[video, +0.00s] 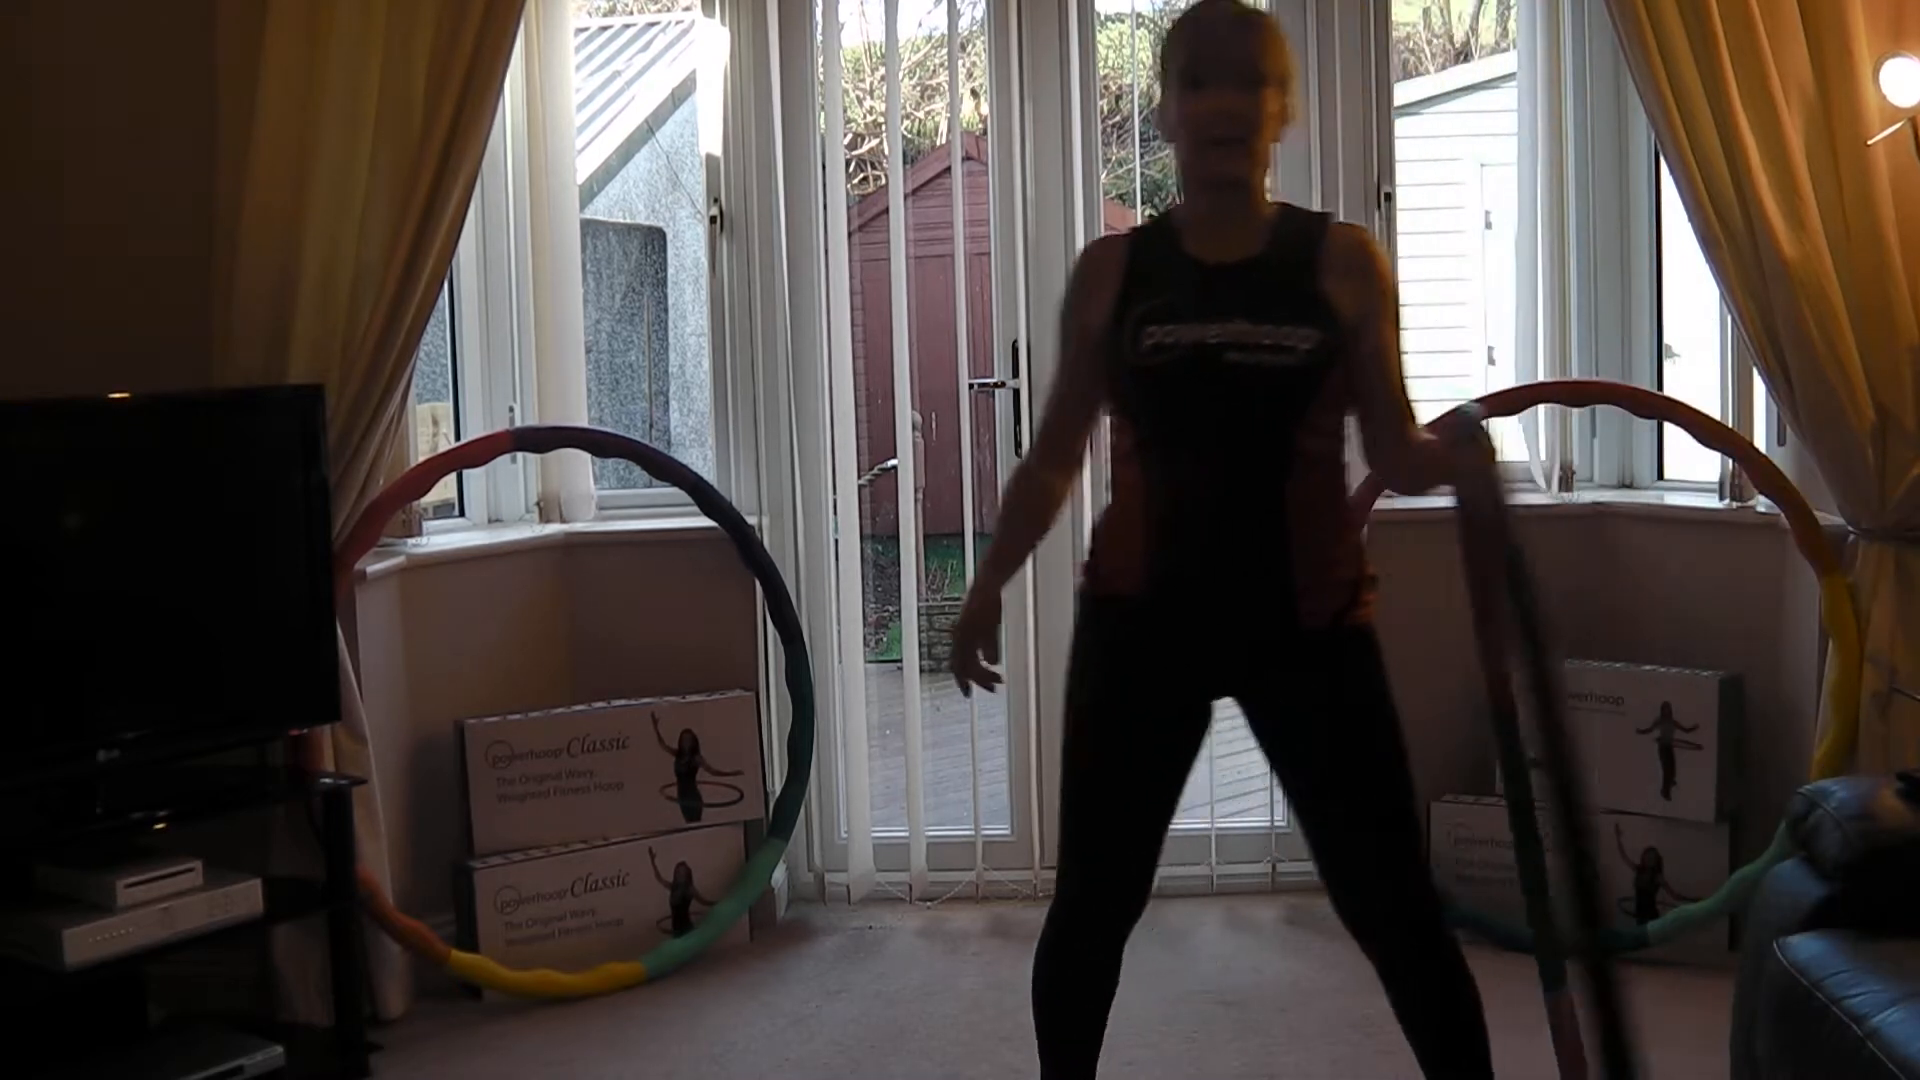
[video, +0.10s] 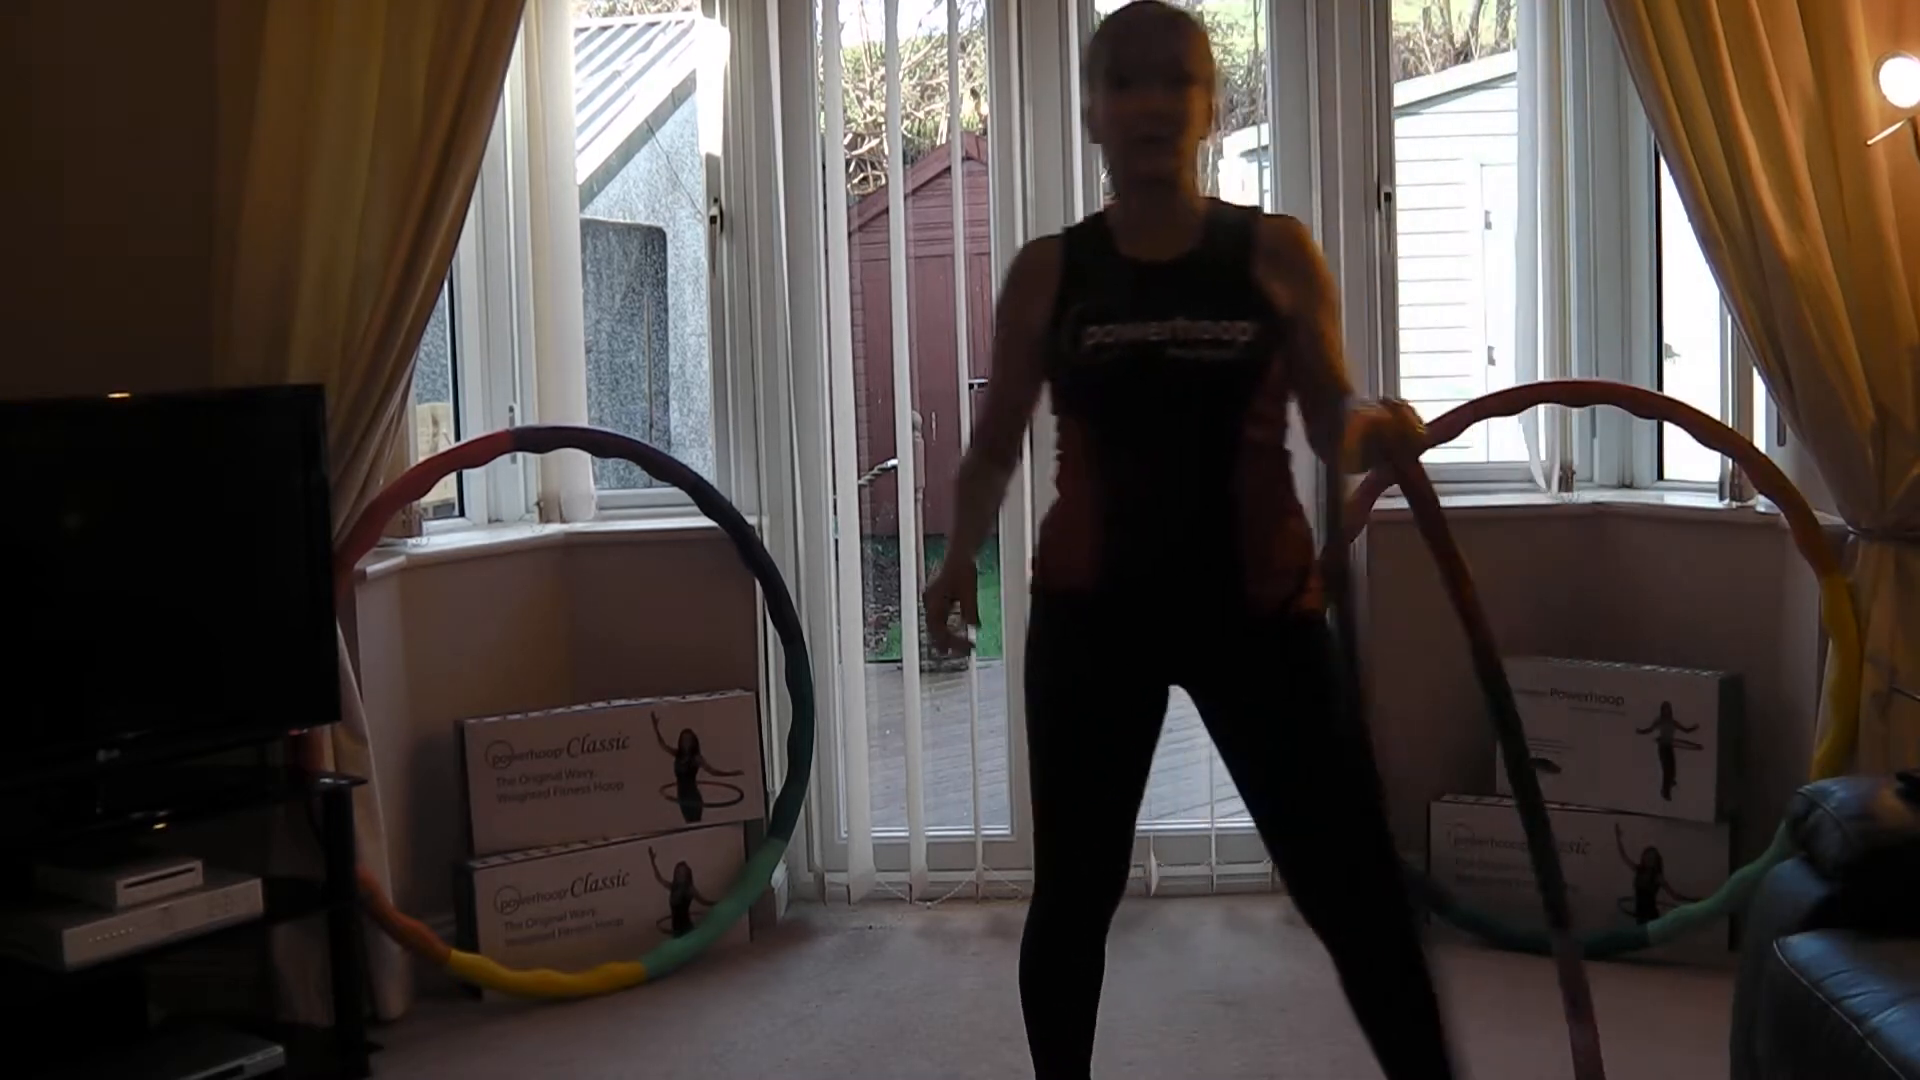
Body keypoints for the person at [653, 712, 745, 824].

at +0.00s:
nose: (685, 742)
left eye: (688, 739)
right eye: (683, 739)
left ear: (694, 742)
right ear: (680, 741)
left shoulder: (696, 758)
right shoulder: (678, 755)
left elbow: (712, 772)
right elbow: (662, 745)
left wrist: (733, 773)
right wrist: (655, 726)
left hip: (693, 795)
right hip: (682, 795)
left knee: (695, 828)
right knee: (691, 828)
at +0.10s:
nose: (685, 742)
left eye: (688, 739)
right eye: (683, 739)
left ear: (694, 742)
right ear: (680, 741)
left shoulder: (696, 758)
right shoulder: (678, 755)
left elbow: (712, 772)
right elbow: (662, 745)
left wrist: (733, 773)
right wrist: (655, 726)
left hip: (693, 795)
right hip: (682, 795)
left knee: (695, 828)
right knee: (691, 828)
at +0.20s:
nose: (685, 742)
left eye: (688, 739)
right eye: (683, 739)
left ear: (694, 742)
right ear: (680, 741)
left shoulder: (696, 757)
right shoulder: (678, 755)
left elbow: (712, 772)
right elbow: (662, 744)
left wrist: (733, 773)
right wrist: (655, 726)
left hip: (693, 795)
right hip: (682, 795)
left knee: (695, 828)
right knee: (690, 828)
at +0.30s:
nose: (686, 742)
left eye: (689, 739)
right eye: (684, 739)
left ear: (694, 741)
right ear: (680, 741)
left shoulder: (696, 758)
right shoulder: (678, 755)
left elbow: (712, 772)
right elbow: (662, 744)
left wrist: (733, 774)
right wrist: (655, 726)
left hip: (693, 795)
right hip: (682, 795)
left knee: (695, 828)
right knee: (690, 828)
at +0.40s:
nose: (686, 742)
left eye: (689, 739)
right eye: (684, 739)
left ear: (694, 741)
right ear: (680, 741)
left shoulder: (696, 757)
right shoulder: (678, 754)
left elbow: (712, 772)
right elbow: (662, 744)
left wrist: (733, 774)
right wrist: (655, 726)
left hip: (693, 795)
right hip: (682, 795)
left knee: (695, 828)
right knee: (690, 828)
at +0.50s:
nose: (686, 742)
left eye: (689, 739)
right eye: (684, 739)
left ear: (694, 741)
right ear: (680, 741)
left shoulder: (696, 757)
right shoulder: (678, 754)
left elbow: (712, 772)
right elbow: (662, 744)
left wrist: (733, 774)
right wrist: (655, 726)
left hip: (693, 794)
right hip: (682, 794)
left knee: (695, 828)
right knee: (690, 828)